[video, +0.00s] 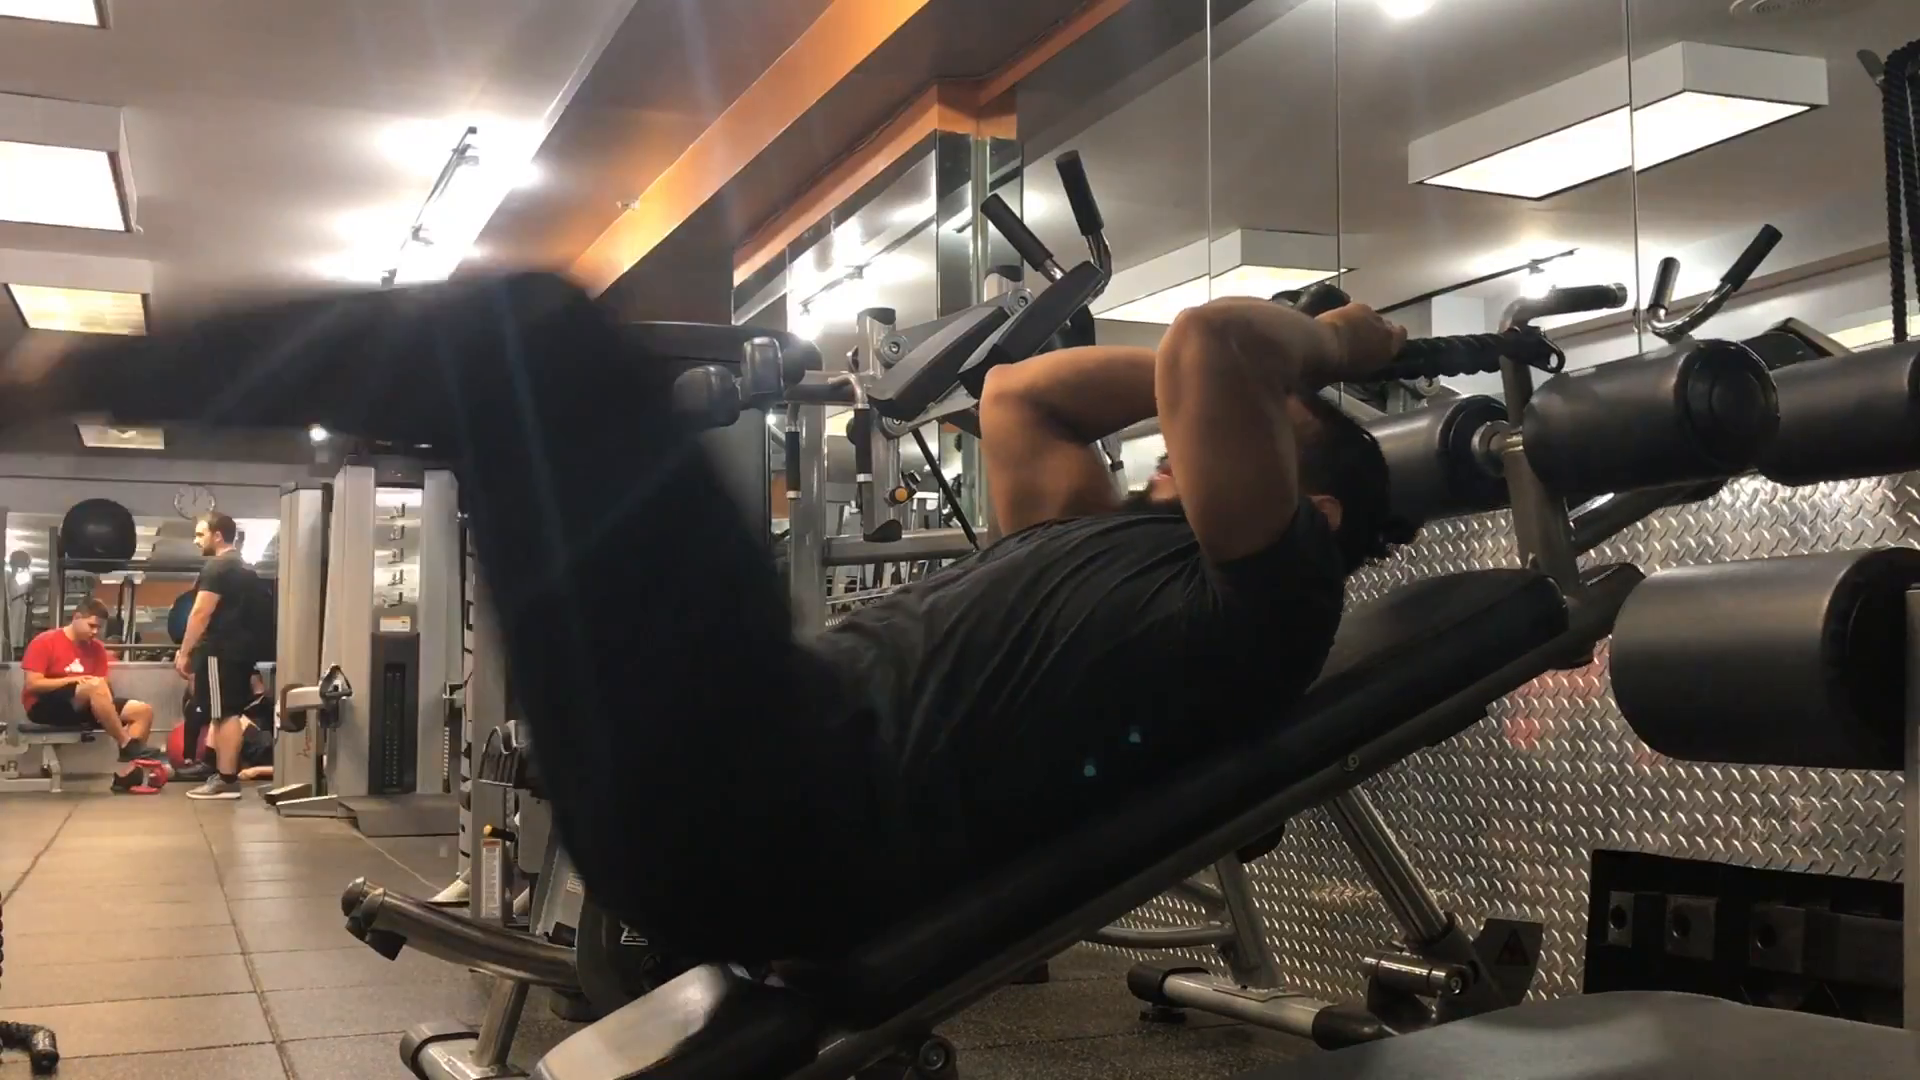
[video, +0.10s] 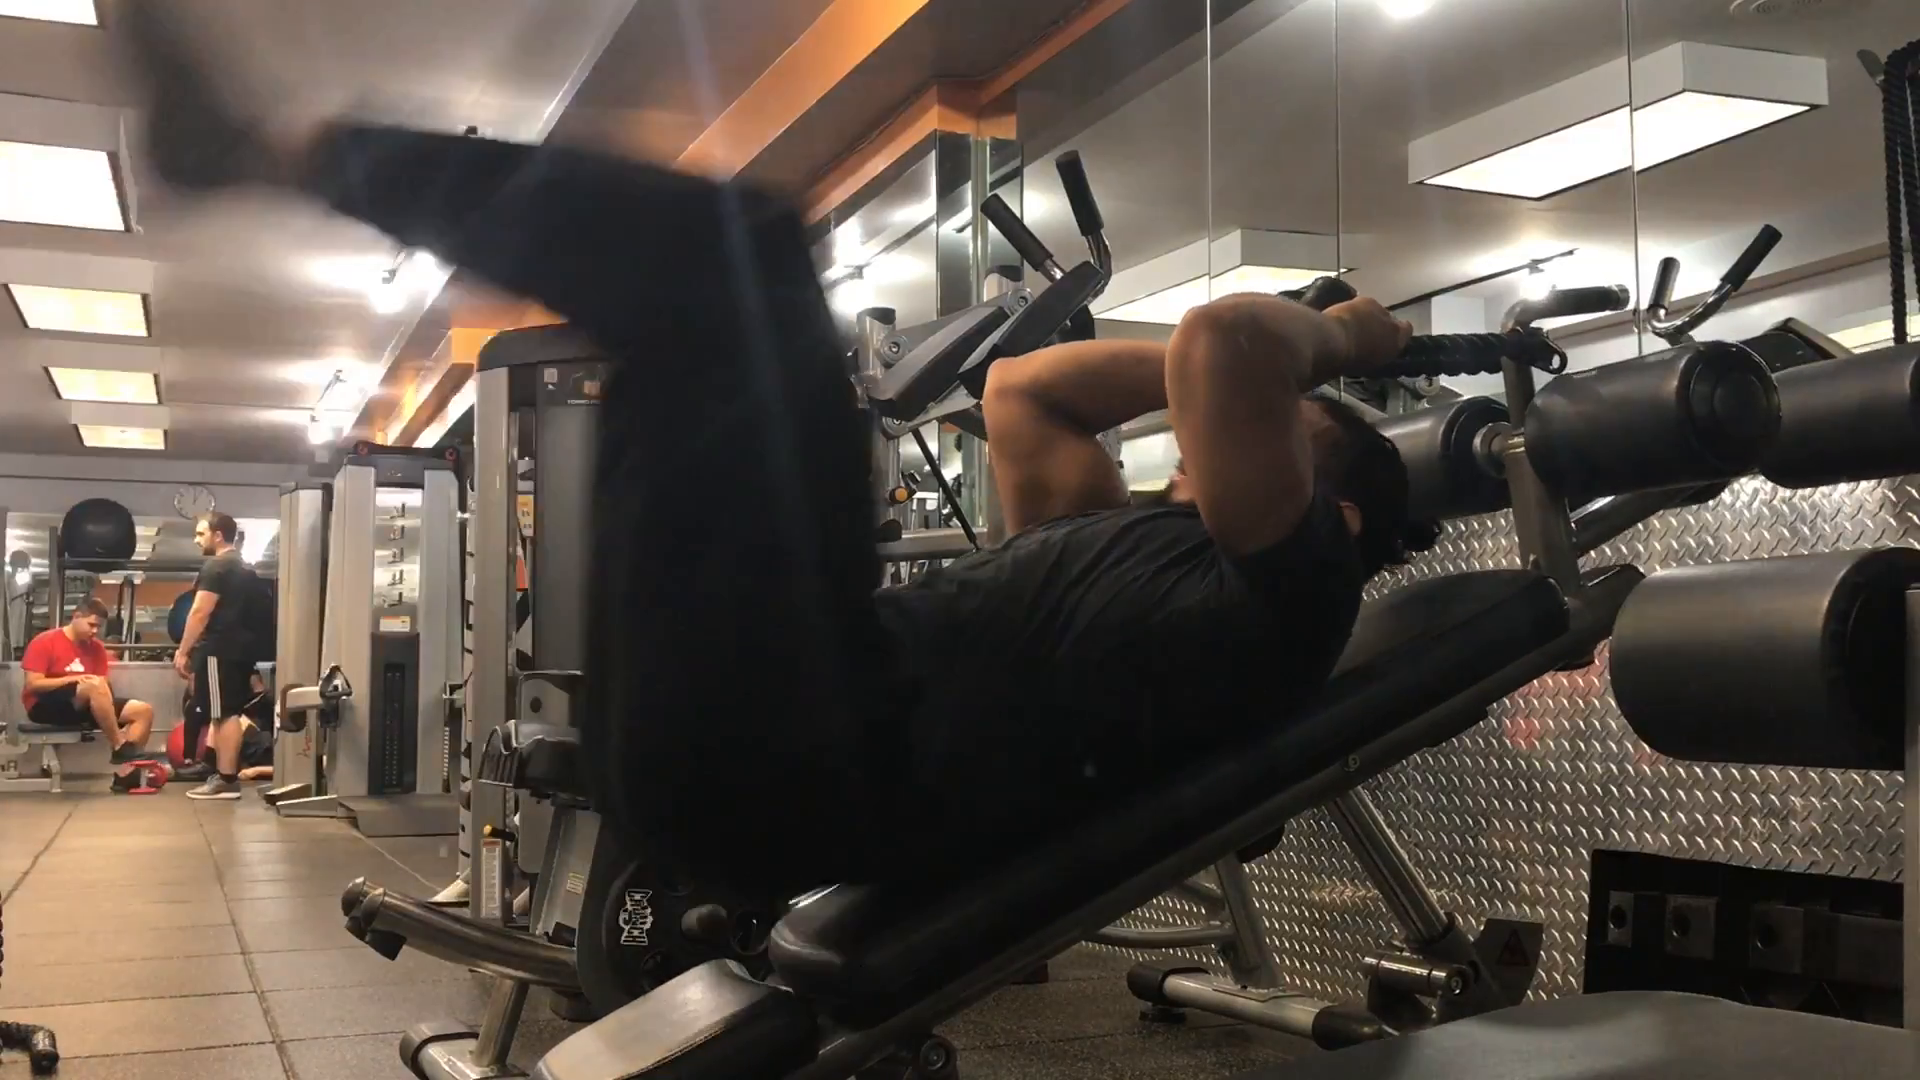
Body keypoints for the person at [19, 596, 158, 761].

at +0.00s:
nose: (95, 632)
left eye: (98, 628)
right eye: (91, 626)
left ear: (101, 627)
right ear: (76, 617)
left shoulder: (97, 648)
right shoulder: (44, 642)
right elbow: (33, 684)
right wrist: (72, 680)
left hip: (85, 706)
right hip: (45, 707)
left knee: (143, 711)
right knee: (96, 685)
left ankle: (125, 774)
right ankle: (125, 743)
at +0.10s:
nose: (94, 631)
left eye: (98, 627)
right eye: (91, 625)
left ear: (101, 626)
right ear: (76, 617)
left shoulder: (97, 648)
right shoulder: (44, 642)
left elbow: (102, 685)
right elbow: (33, 684)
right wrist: (73, 679)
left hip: (85, 705)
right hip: (45, 707)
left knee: (143, 711)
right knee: (96, 686)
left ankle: (125, 774)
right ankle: (118, 745)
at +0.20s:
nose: (95, 631)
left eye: (98, 627)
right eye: (91, 624)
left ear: (101, 626)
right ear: (76, 616)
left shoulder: (97, 648)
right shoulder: (44, 642)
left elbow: (102, 683)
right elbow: (34, 684)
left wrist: (110, 709)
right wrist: (79, 680)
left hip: (85, 704)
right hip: (45, 707)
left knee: (144, 712)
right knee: (95, 687)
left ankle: (124, 775)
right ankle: (110, 747)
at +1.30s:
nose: (96, 632)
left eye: (100, 628)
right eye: (93, 625)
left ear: (103, 627)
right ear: (79, 617)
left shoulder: (99, 647)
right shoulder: (47, 642)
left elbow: (102, 684)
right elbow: (39, 684)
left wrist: (109, 705)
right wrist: (75, 697)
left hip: (86, 702)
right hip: (47, 705)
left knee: (144, 711)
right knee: (88, 714)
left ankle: (128, 774)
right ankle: (110, 776)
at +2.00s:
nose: (92, 632)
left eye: (96, 628)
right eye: (88, 627)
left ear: (100, 626)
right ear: (74, 617)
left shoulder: (98, 646)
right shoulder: (45, 644)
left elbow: (101, 684)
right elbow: (38, 687)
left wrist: (108, 706)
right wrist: (77, 696)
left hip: (85, 703)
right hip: (47, 706)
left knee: (143, 711)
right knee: (90, 712)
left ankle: (129, 773)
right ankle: (107, 777)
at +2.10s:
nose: (91, 632)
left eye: (95, 627)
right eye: (87, 626)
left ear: (99, 625)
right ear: (73, 618)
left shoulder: (97, 647)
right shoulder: (45, 643)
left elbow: (101, 683)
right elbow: (38, 687)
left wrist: (106, 708)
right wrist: (77, 695)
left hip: (82, 704)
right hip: (44, 704)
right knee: (88, 712)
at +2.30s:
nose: (90, 631)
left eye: (95, 626)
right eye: (86, 625)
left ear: (98, 625)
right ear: (71, 618)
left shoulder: (97, 647)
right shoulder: (44, 644)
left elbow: (101, 684)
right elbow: (38, 686)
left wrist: (108, 706)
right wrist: (78, 695)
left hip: (85, 702)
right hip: (47, 705)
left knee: (143, 712)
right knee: (90, 714)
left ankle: (129, 773)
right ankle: (108, 777)